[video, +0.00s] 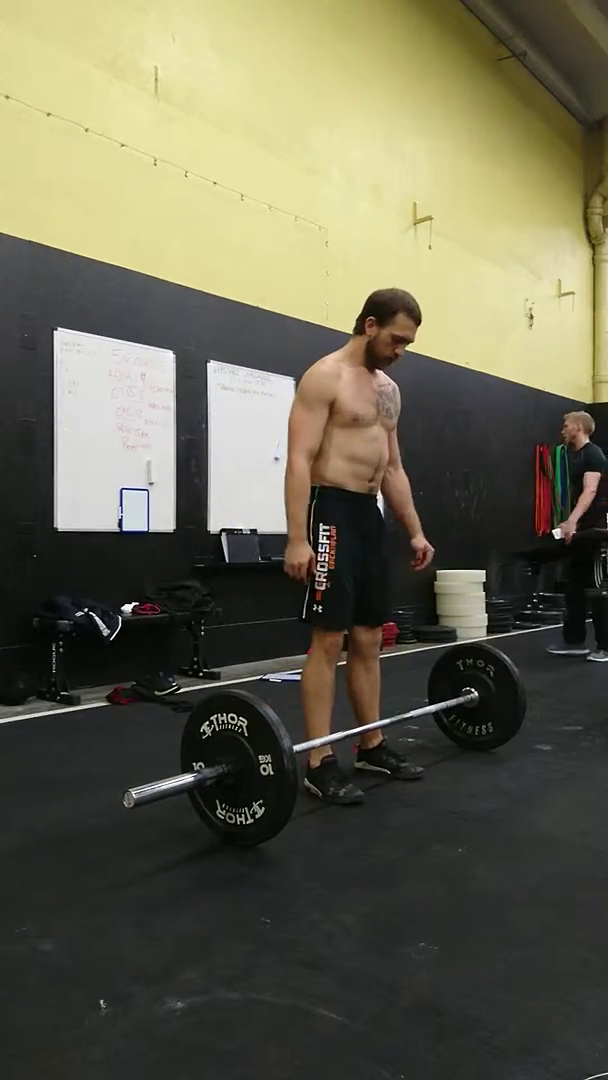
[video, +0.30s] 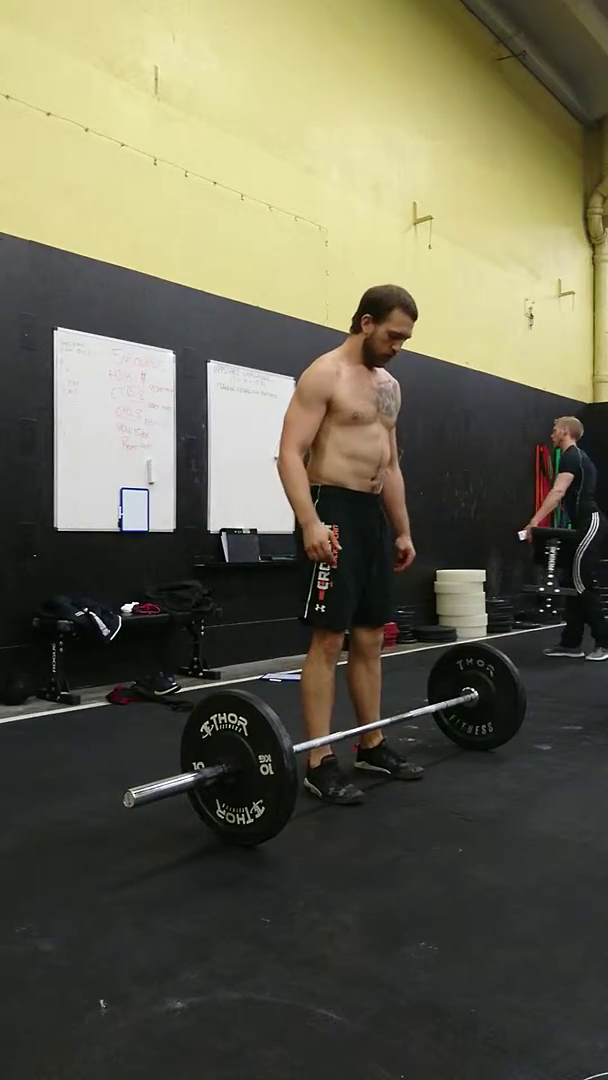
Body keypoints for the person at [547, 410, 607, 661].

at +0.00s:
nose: (562, 430)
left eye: (566, 426)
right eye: (563, 426)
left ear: (580, 429)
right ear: (577, 429)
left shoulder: (593, 453)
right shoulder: (571, 454)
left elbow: (590, 491)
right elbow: (573, 492)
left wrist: (572, 520)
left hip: (595, 530)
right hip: (579, 530)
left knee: (597, 587)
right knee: (574, 584)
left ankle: (603, 645)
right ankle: (574, 640)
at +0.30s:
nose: (552, 433)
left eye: (555, 429)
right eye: (553, 430)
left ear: (566, 433)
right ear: (569, 434)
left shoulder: (571, 455)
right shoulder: (572, 455)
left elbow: (558, 493)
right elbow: (560, 494)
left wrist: (534, 521)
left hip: (590, 521)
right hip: (580, 521)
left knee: (581, 580)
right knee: (571, 580)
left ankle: (602, 643)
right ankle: (571, 643)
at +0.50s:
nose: (538, 450)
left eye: (539, 445)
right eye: (538, 446)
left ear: (546, 444)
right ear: (560, 445)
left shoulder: (555, 462)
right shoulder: (571, 463)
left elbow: (539, 499)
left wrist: (520, 527)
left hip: (587, 521)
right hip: (590, 520)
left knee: (573, 578)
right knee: (575, 579)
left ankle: (576, 645)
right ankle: (572, 641)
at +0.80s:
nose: (525, 479)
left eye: (524, 476)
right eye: (524, 476)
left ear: (528, 473)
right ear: (544, 469)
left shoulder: (537, 485)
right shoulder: (558, 480)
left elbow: (522, 525)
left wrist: (506, 555)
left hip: (590, 524)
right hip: (596, 522)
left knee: (570, 580)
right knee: (576, 582)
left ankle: (577, 647)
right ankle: (571, 642)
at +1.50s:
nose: (519, 512)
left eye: (518, 508)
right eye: (517, 509)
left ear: (521, 501)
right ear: (531, 497)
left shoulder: (531, 508)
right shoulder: (550, 502)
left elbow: (514, 547)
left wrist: (500, 578)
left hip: (587, 528)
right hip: (600, 525)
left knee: (567, 585)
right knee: (582, 586)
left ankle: (578, 648)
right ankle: (569, 641)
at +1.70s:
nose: (511, 510)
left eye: (510, 505)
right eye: (509, 506)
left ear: (520, 497)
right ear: (525, 497)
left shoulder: (529, 508)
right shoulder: (543, 502)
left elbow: (514, 549)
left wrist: (499, 580)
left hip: (588, 527)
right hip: (599, 524)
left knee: (568, 584)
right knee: (581, 586)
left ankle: (578, 648)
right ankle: (569, 642)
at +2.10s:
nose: (510, 471)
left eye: (512, 465)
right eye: (506, 469)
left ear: (524, 462)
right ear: (507, 471)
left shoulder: (538, 479)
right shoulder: (541, 481)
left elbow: (549, 520)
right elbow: (563, 525)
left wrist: (534, 553)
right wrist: (557, 555)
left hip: (592, 524)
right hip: (583, 527)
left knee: (574, 581)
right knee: (568, 580)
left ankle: (580, 646)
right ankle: (569, 640)